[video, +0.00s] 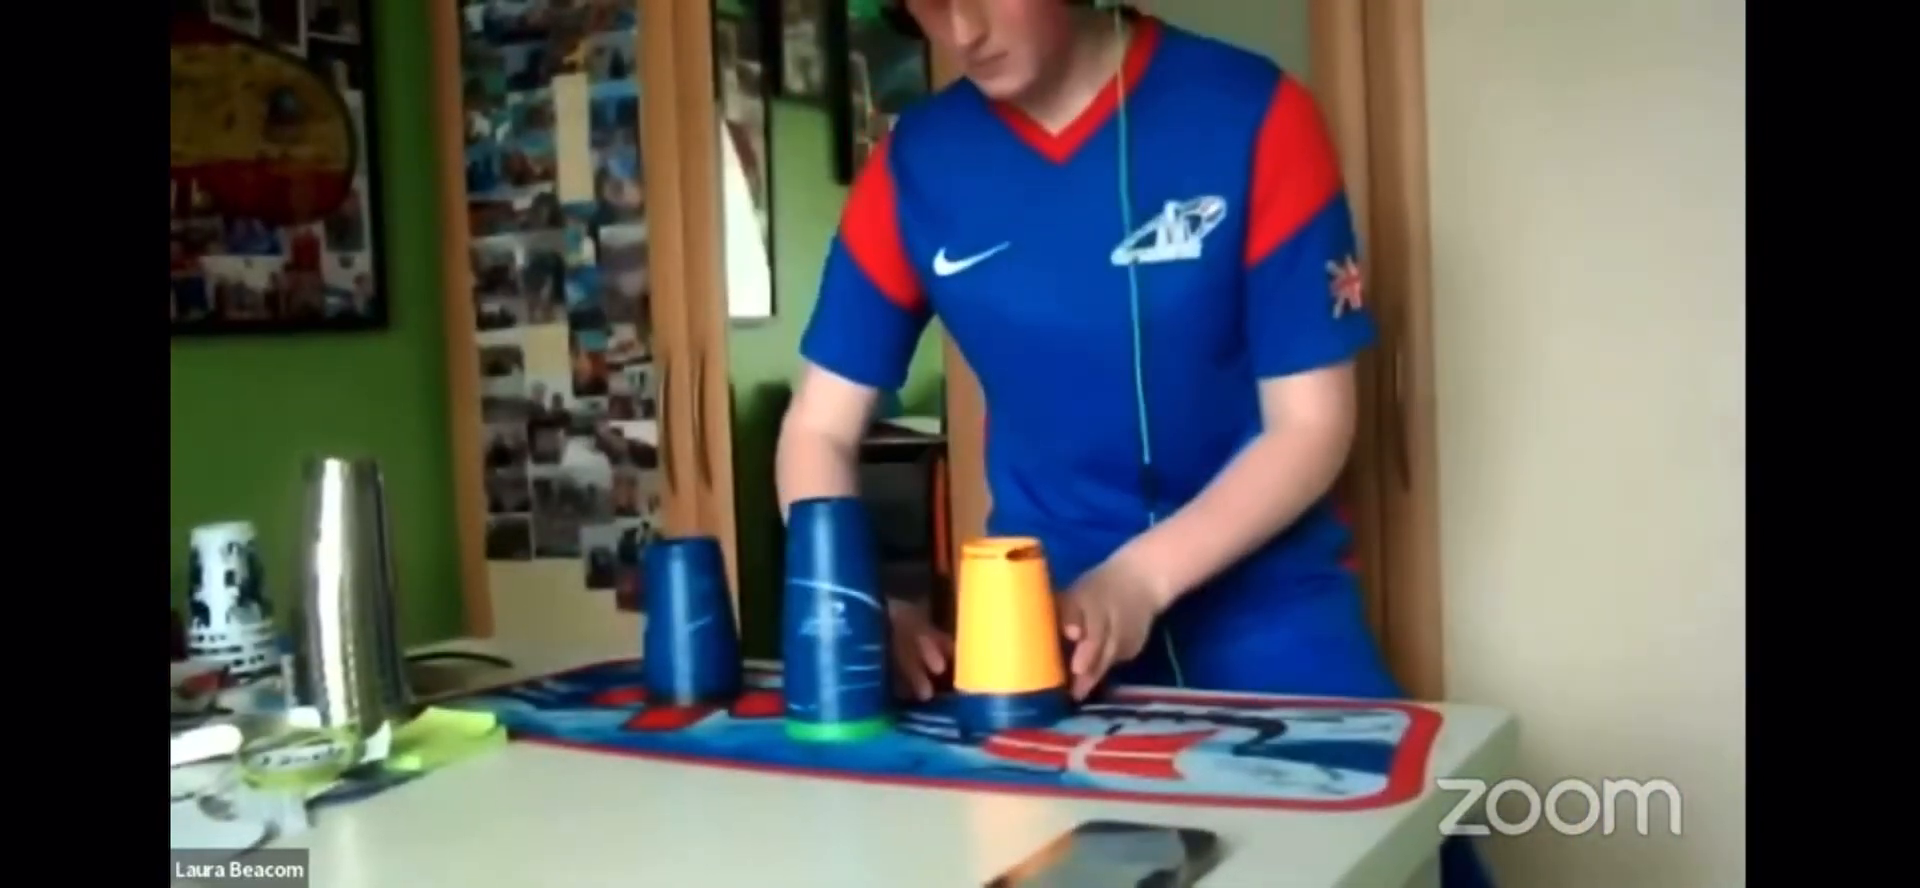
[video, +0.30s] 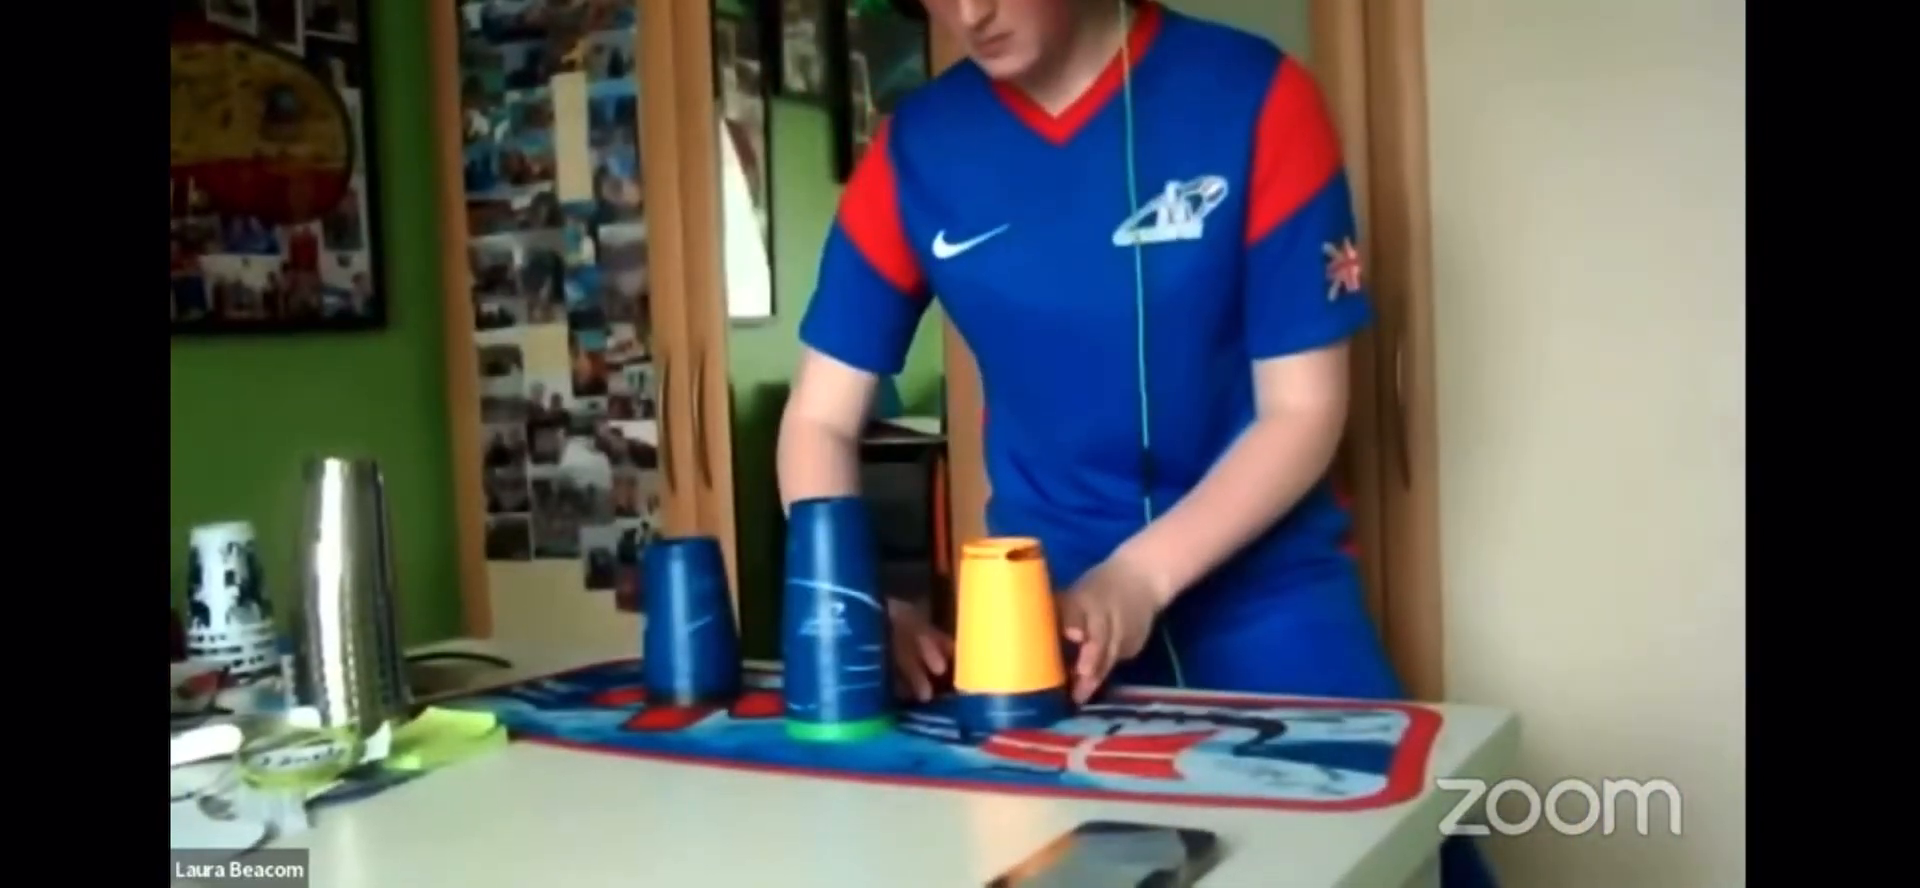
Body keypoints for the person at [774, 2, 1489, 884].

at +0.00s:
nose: (961, 31)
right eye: (930, 5)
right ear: (910, 12)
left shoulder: (1250, 117)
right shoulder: (918, 166)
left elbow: (1314, 426)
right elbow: (818, 431)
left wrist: (1138, 580)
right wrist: (859, 606)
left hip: (1266, 626)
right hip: (1045, 649)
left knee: (1378, 857)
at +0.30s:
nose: (969, 14)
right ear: (927, 7)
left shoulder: (1252, 101)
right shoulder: (918, 151)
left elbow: (1304, 413)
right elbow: (819, 423)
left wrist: (1137, 578)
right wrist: (855, 605)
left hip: (1262, 599)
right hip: (1043, 621)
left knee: (1375, 852)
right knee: (1057, 862)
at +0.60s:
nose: (984, 10)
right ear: (935, 3)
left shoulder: (1258, 109)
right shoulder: (924, 147)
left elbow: (1289, 433)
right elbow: (887, 426)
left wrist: (1128, 555)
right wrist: (896, 527)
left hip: (1265, 612)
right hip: (1045, 625)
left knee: (1373, 862)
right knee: (1071, 867)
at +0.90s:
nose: (1018, 1)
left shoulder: (1286, 101)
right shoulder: (941, 143)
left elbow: (1322, 418)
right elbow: (916, 446)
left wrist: (1251, 552)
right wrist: (965, 461)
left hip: (1270, 582)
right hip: (1048, 596)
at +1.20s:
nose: (918, 10)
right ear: (884, 8)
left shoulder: (1224, 119)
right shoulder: (912, 158)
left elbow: (1206, 465)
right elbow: (910, 450)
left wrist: (976, 558)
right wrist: (830, 539)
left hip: (1271, 624)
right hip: (1054, 635)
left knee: (1377, 861)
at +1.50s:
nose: (884, 30)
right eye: (856, 5)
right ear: (844, 20)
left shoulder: (1193, 113)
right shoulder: (897, 163)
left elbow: (1206, 451)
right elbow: (868, 425)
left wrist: (987, 505)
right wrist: (735, 432)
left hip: (1261, 614)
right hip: (1049, 627)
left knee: (1367, 863)